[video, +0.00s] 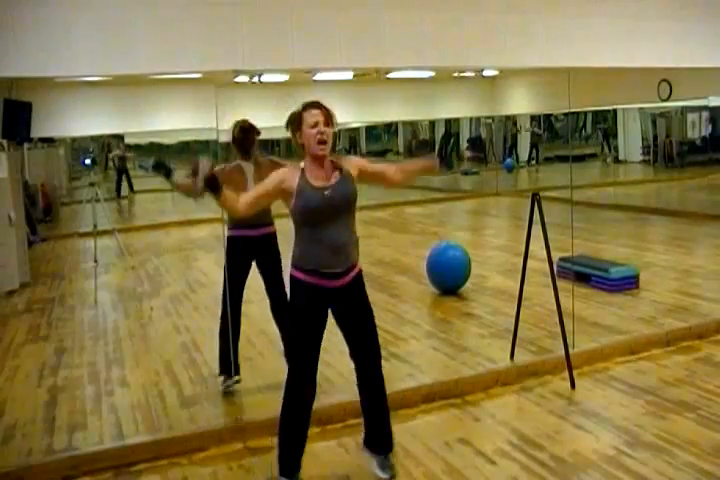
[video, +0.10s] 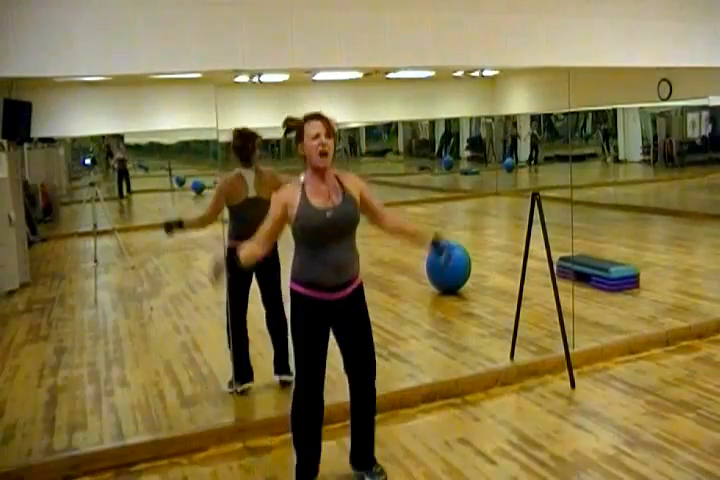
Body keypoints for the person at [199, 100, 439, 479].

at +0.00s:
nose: (322, 131)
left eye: (326, 125)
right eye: (313, 126)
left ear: (334, 131)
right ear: (299, 135)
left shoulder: (349, 167)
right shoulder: (287, 177)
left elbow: (394, 175)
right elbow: (241, 207)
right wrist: (216, 187)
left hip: (349, 282)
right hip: (306, 285)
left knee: (370, 365)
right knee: (301, 380)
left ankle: (379, 448)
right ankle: (288, 471)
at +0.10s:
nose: (322, 142)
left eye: (326, 136)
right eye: (314, 138)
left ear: (334, 142)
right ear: (301, 147)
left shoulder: (350, 184)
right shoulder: (288, 195)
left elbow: (385, 219)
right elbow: (262, 242)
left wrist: (430, 240)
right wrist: (242, 253)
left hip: (350, 296)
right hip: (308, 300)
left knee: (363, 381)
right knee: (309, 387)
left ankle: (363, 463)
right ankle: (306, 471)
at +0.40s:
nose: (326, 145)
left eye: (330, 139)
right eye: (317, 140)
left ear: (337, 145)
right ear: (304, 149)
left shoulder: (351, 189)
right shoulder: (290, 196)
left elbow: (367, 240)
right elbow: (274, 255)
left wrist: (389, 285)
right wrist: (276, 306)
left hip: (347, 300)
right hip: (304, 303)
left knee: (357, 384)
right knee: (305, 390)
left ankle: (362, 460)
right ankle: (304, 471)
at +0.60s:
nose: (328, 153)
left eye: (332, 146)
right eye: (320, 147)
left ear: (339, 151)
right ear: (306, 155)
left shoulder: (353, 193)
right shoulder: (293, 202)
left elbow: (368, 247)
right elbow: (279, 264)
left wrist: (387, 296)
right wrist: (274, 315)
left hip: (346, 301)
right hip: (304, 306)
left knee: (359, 383)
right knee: (305, 392)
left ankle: (361, 460)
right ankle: (305, 473)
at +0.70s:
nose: (331, 160)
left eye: (335, 153)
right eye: (322, 155)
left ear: (342, 161)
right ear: (308, 165)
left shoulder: (354, 202)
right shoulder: (295, 213)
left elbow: (365, 260)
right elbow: (281, 274)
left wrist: (376, 311)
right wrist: (279, 321)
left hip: (347, 308)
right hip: (304, 313)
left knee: (364, 387)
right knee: (308, 395)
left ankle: (361, 460)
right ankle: (305, 474)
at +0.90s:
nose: (334, 157)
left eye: (338, 151)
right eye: (326, 153)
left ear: (345, 159)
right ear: (312, 163)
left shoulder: (358, 201)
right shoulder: (300, 210)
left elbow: (373, 249)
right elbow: (276, 263)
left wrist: (385, 293)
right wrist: (275, 315)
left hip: (352, 308)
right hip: (309, 313)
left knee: (370, 384)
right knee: (308, 396)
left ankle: (362, 460)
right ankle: (304, 473)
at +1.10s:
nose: (337, 139)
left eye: (341, 132)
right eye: (329, 133)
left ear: (348, 138)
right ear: (313, 141)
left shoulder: (358, 177)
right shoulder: (299, 186)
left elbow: (373, 222)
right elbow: (277, 232)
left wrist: (411, 234)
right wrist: (251, 258)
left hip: (358, 293)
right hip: (315, 296)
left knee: (388, 370)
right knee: (299, 386)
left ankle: (386, 446)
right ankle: (289, 473)